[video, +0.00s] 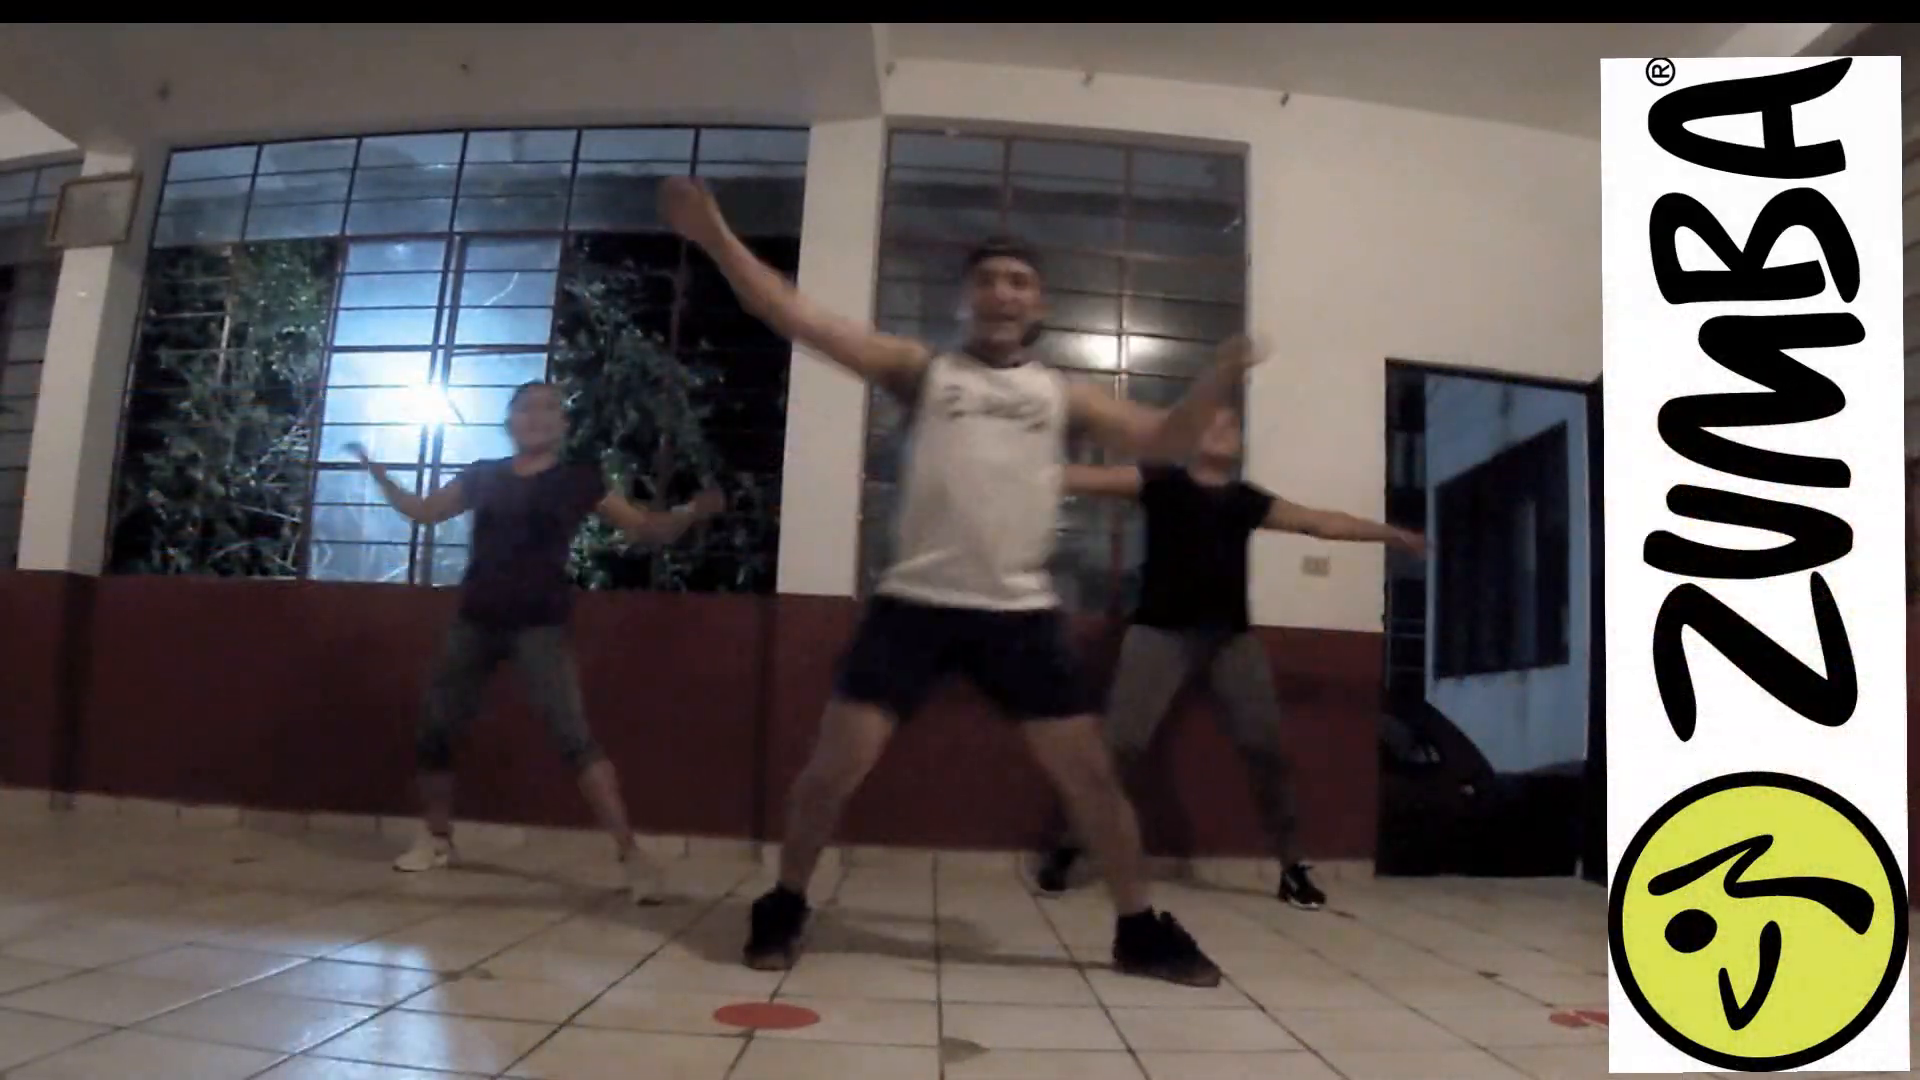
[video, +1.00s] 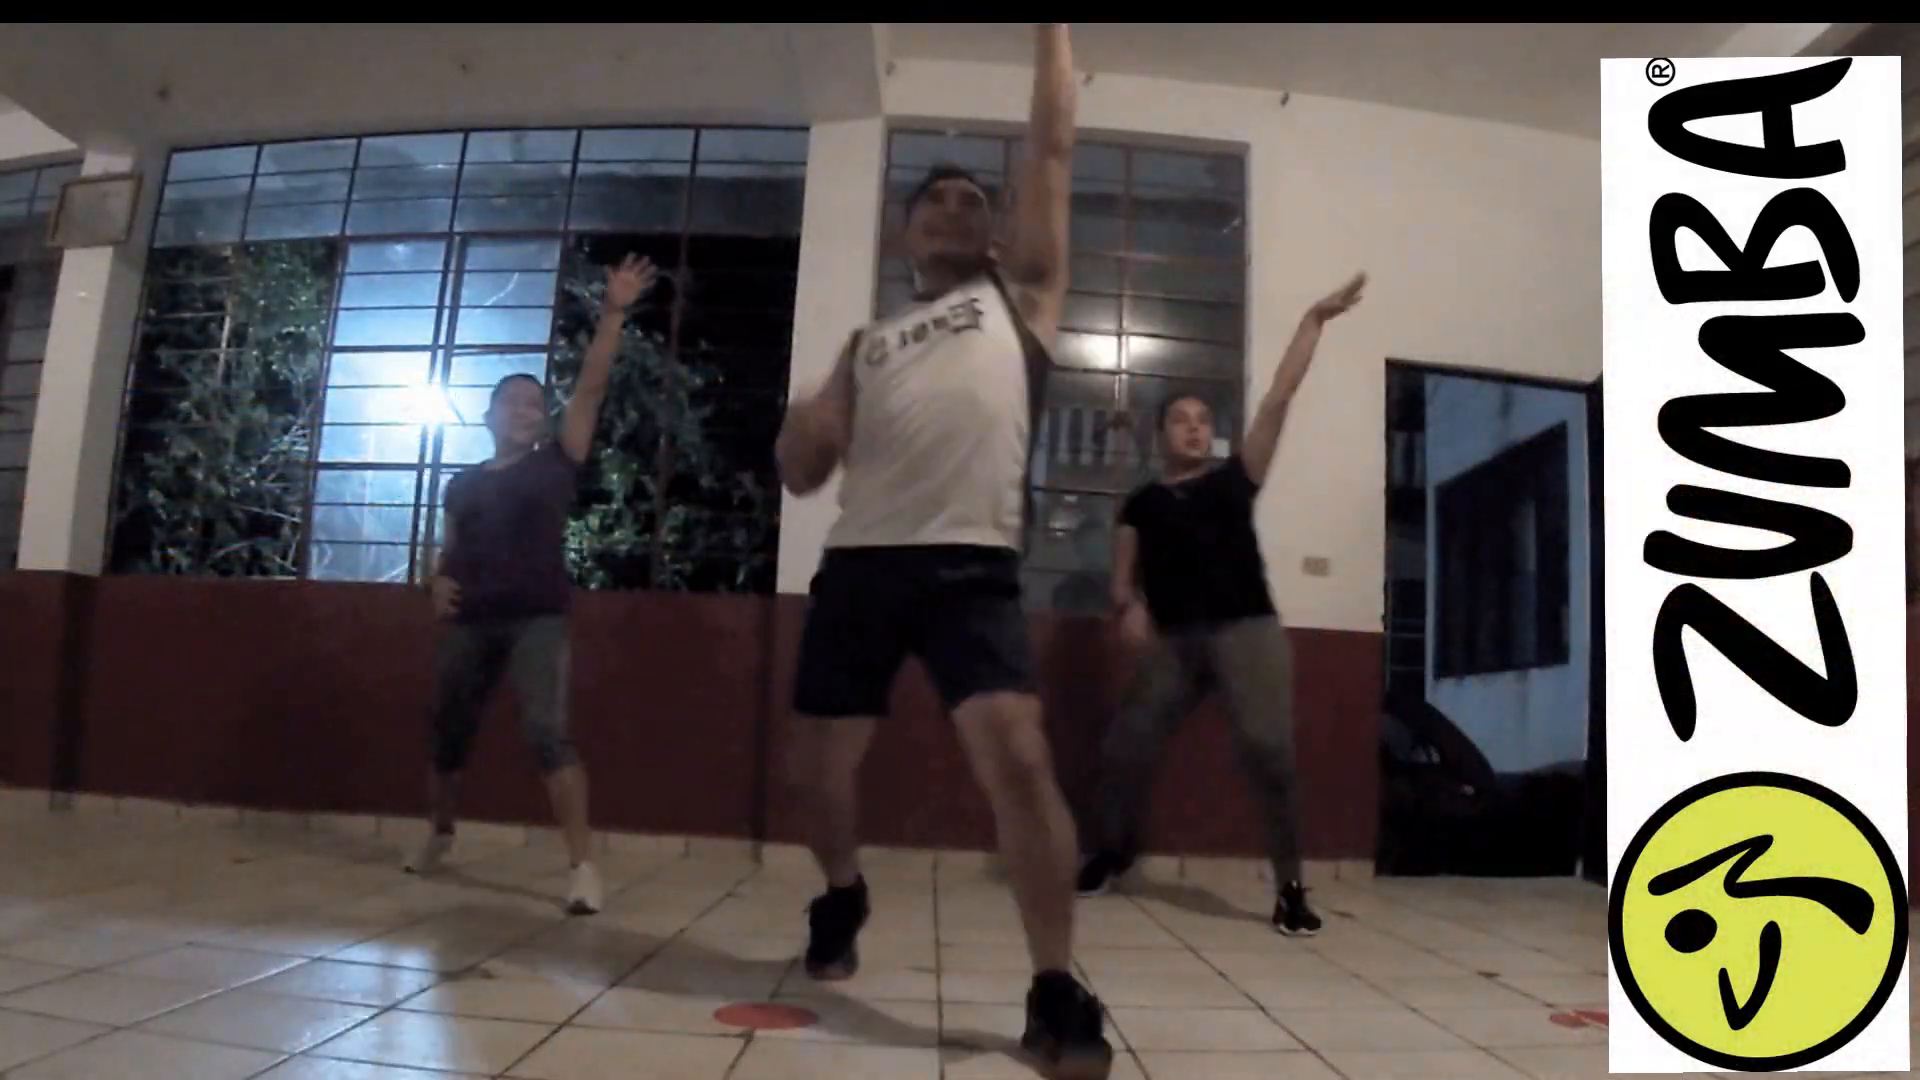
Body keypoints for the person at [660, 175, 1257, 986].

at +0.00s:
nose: (1003, 295)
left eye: (1018, 283)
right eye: (989, 281)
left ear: (1039, 302)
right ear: (966, 296)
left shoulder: (1064, 392)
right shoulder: (922, 368)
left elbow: (1166, 437)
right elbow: (801, 319)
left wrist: (1219, 378)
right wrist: (718, 239)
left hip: (1020, 616)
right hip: (912, 607)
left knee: (1091, 776)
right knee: (833, 772)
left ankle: (1139, 925)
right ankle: (784, 904)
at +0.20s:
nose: (921, 269)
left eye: (937, 262)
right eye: (905, 260)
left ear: (955, 293)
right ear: (879, 283)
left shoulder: (975, 382)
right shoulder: (836, 354)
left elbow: (1049, 455)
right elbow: (724, 311)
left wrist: (1112, 471)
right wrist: (703, 199)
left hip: (950, 598)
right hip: (842, 597)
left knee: (1026, 749)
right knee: (809, 750)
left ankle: (1089, 895)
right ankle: (782, 905)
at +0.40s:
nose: (911, 212)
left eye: (925, 202)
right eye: (895, 201)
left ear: (948, 226)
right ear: (867, 221)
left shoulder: (981, 306)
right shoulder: (827, 292)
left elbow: (1053, 402)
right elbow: (719, 306)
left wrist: (1041, 492)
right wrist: (620, 323)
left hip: (937, 543)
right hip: (838, 540)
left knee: (935, 716)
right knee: (820, 717)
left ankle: (928, 883)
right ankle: (816, 886)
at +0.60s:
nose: (907, 263)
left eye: (922, 255)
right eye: (889, 253)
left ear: (941, 285)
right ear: (860, 279)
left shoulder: (962, 370)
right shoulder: (814, 368)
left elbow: (1007, 477)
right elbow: (753, 478)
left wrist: (983, 374)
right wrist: (720, 582)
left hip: (920, 612)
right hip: (818, 609)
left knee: (969, 762)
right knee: (815, 778)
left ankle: (919, 881)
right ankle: (824, 915)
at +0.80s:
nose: (924, 213)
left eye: (939, 206)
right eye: (907, 204)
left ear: (957, 236)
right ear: (875, 232)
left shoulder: (982, 308)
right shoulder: (828, 323)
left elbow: (1063, 203)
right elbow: (781, 431)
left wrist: (1024, 86)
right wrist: (783, 524)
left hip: (947, 561)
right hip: (834, 559)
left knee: (1013, 720)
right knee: (820, 755)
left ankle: (1024, 925)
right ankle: (829, 906)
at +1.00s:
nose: (956, 206)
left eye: (972, 203)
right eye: (936, 201)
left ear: (996, 236)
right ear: (907, 237)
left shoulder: (1020, 299)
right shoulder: (866, 346)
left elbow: (1053, 142)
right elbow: (800, 475)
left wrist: (1055, 25)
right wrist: (805, 432)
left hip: (973, 570)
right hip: (859, 570)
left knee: (1021, 765)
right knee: (819, 779)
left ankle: (1056, 986)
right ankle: (840, 895)